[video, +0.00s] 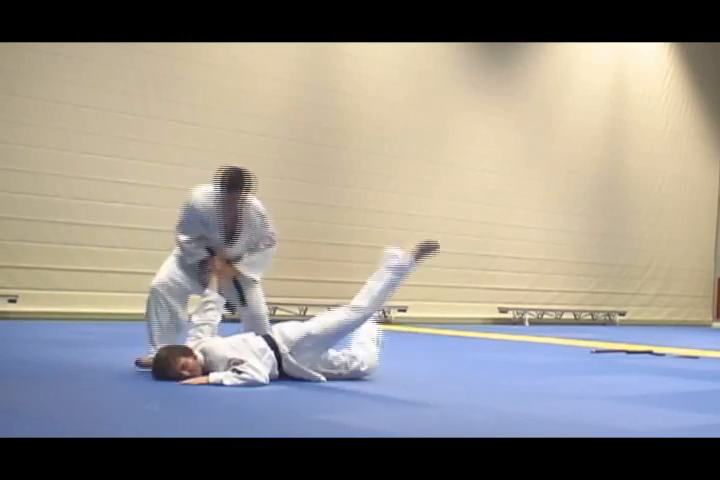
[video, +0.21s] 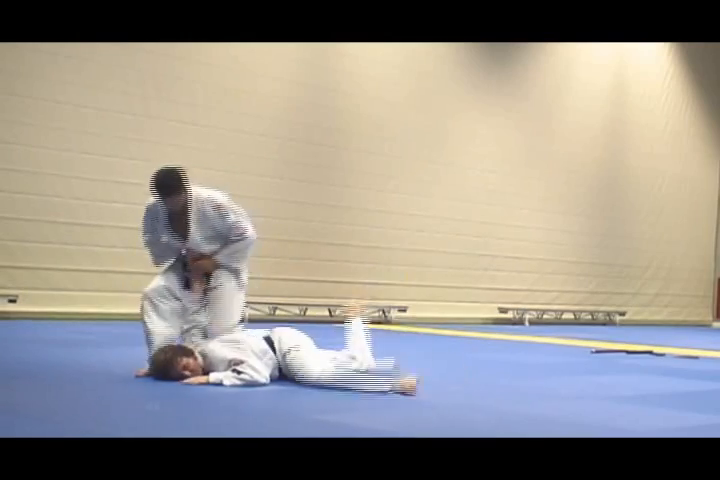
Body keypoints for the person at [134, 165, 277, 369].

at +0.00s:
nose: (232, 205)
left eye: (237, 200)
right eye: (228, 199)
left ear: (244, 195)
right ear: (219, 193)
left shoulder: (255, 212)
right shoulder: (200, 201)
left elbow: (267, 246)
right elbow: (185, 238)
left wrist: (237, 268)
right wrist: (206, 261)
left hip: (237, 265)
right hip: (196, 260)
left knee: (257, 313)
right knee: (161, 289)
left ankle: (267, 360)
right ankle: (161, 352)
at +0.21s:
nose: (173, 204)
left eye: (176, 198)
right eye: (167, 200)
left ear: (185, 191)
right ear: (160, 197)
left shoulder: (212, 203)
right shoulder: (154, 212)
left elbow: (246, 236)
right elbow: (157, 250)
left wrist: (214, 262)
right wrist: (187, 262)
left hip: (223, 269)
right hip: (182, 268)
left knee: (221, 330)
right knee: (153, 295)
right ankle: (162, 362)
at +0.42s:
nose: (143, 229)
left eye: (146, 223)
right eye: (138, 226)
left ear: (153, 212)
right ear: (133, 225)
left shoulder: (186, 223)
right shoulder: (147, 225)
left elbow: (210, 267)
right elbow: (165, 254)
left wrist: (214, 316)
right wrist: (189, 279)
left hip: (225, 263)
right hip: (185, 268)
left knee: (218, 328)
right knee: (156, 301)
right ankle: (156, 365)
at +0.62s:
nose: (151, 239)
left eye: (154, 234)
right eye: (146, 236)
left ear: (163, 222)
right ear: (141, 232)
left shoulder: (195, 230)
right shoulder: (150, 231)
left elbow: (207, 278)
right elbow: (166, 258)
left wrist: (215, 323)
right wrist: (183, 277)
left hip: (219, 264)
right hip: (179, 268)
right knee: (153, 301)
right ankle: (155, 363)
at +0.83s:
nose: (159, 239)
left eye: (163, 233)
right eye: (153, 235)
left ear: (170, 221)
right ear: (145, 230)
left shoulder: (196, 229)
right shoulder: (146, 228)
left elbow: (211, 277)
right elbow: (158, 258)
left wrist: (218, 324)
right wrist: (184, 277)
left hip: (215, 265)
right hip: (175, 268)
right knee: (149, 301)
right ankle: (155, 363)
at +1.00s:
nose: (162, 224)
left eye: (166, 219)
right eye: (156, 221)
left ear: (173, 210)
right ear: (148, 218)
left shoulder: (196, 222)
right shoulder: (138, 229)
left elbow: (218, 263)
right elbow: (147, 264)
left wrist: (215, 301)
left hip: (208, 270)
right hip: (170, 272)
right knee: (143, 299)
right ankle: (154, 365)